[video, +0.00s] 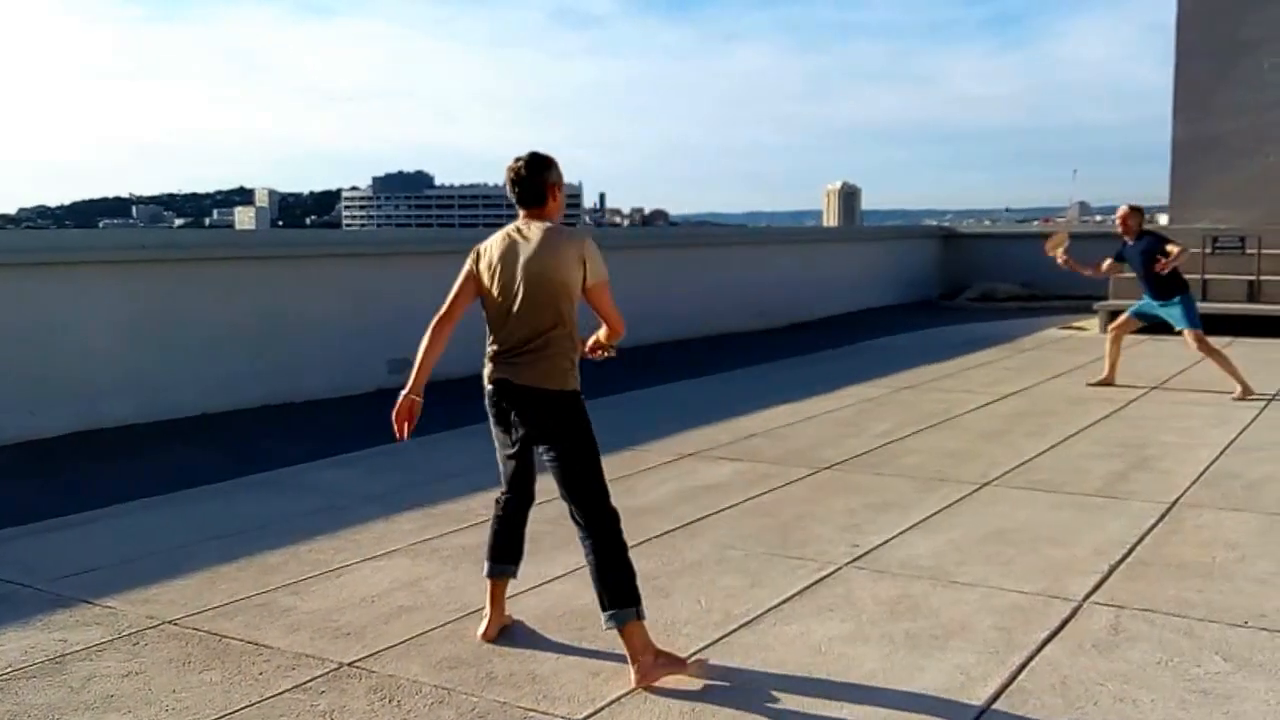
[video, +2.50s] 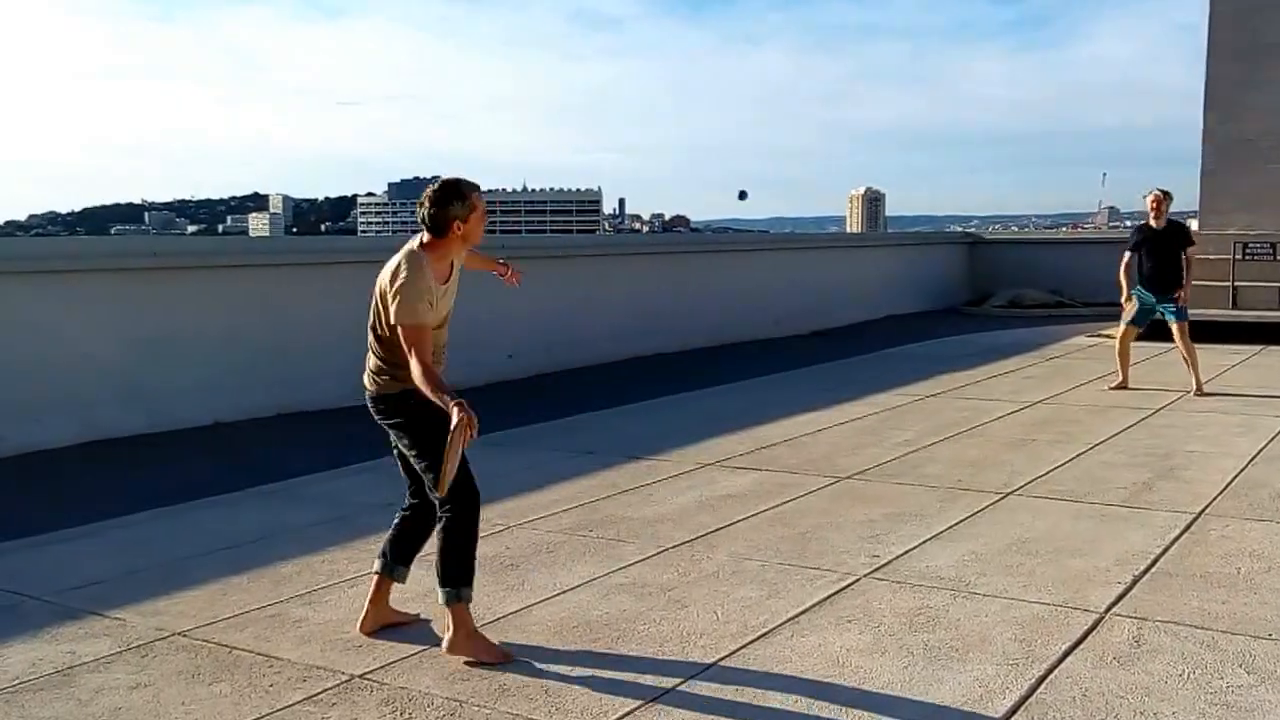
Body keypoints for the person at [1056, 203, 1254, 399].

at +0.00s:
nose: (1120, 225)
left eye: (1125, 220)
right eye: (1118, 221)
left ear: (1138, 221)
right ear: (1118, 224)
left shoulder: (1152, 239)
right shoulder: (1124, 249)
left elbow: (1180, 250)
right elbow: (1101, 271)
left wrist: (1171, 261)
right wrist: (1072, 265)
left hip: (1177, 300)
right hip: (1151, 302)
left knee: (1198, 344)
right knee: (1115, 330)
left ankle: (1243, 385)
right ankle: (1109, 377)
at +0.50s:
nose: (1094, 195)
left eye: (1098, 190)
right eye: (1090, 190)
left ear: (1105, 193)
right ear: (1084, 194)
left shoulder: (1118, 211)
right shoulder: (1081, 220)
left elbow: (1143, 225)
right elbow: (1086, 250)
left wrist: (1153, 225)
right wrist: (1105, 260)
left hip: (1123, 276)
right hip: (1096, 276)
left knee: (1136, 322)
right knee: (1077, 323)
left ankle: (1151, 372)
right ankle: (1079, 367)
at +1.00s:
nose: (1111, 187)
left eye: (1115, 183)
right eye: (1108, 183)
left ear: (1122, 186)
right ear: (1102, 185)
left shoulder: (1135, 210)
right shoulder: (1095, 212)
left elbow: (1148, 241)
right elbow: (1077, 244)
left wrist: (1152, 271)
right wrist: (1073, 271)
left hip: (1130, 275)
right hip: (1102, 274)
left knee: (1142, 323)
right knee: (1087, 322)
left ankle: (1155, 374)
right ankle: (1078, 367)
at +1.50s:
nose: (1117, 225)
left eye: (1121, 220)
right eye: (1115, 221)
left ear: (1134, 221)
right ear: (1113, 223)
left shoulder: (1149, 239)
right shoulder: (1121, 248)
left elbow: (1175, 259)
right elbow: (1113, 277)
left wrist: (1179, 283)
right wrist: (1084, 293)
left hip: (1165, 300)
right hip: (1141, 300)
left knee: (1167, 342)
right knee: (1110, 334)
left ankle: (1200, 384)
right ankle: (1114, 378)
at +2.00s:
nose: (1140, 185)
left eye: (1145, 182)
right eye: (1138, 180)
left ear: (1152, 185)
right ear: (1133, 183)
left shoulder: (1162, 207)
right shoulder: (1124, 208)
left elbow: (1188, 224)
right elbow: (1120, 223)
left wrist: (1207, 225)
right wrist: (1135, 208)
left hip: (1161, 274)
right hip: (1134, 273)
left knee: (1174, 324)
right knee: (1122, 322)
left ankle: (1187, 374)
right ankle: (1117, 370)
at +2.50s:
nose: (1156, 208)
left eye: (1160, 204)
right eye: (1153, 204)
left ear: (1167, 206)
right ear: (1148, 206)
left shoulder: (1179, 230)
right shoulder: (1141, 231)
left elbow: (1188, 259)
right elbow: (1125, 265)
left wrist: (1186, 287)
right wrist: (1126, 292)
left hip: (1172, 295)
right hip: (1144, 294)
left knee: (1182, 338)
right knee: (1122, 337)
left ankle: (1197, 382)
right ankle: (1123, 378)